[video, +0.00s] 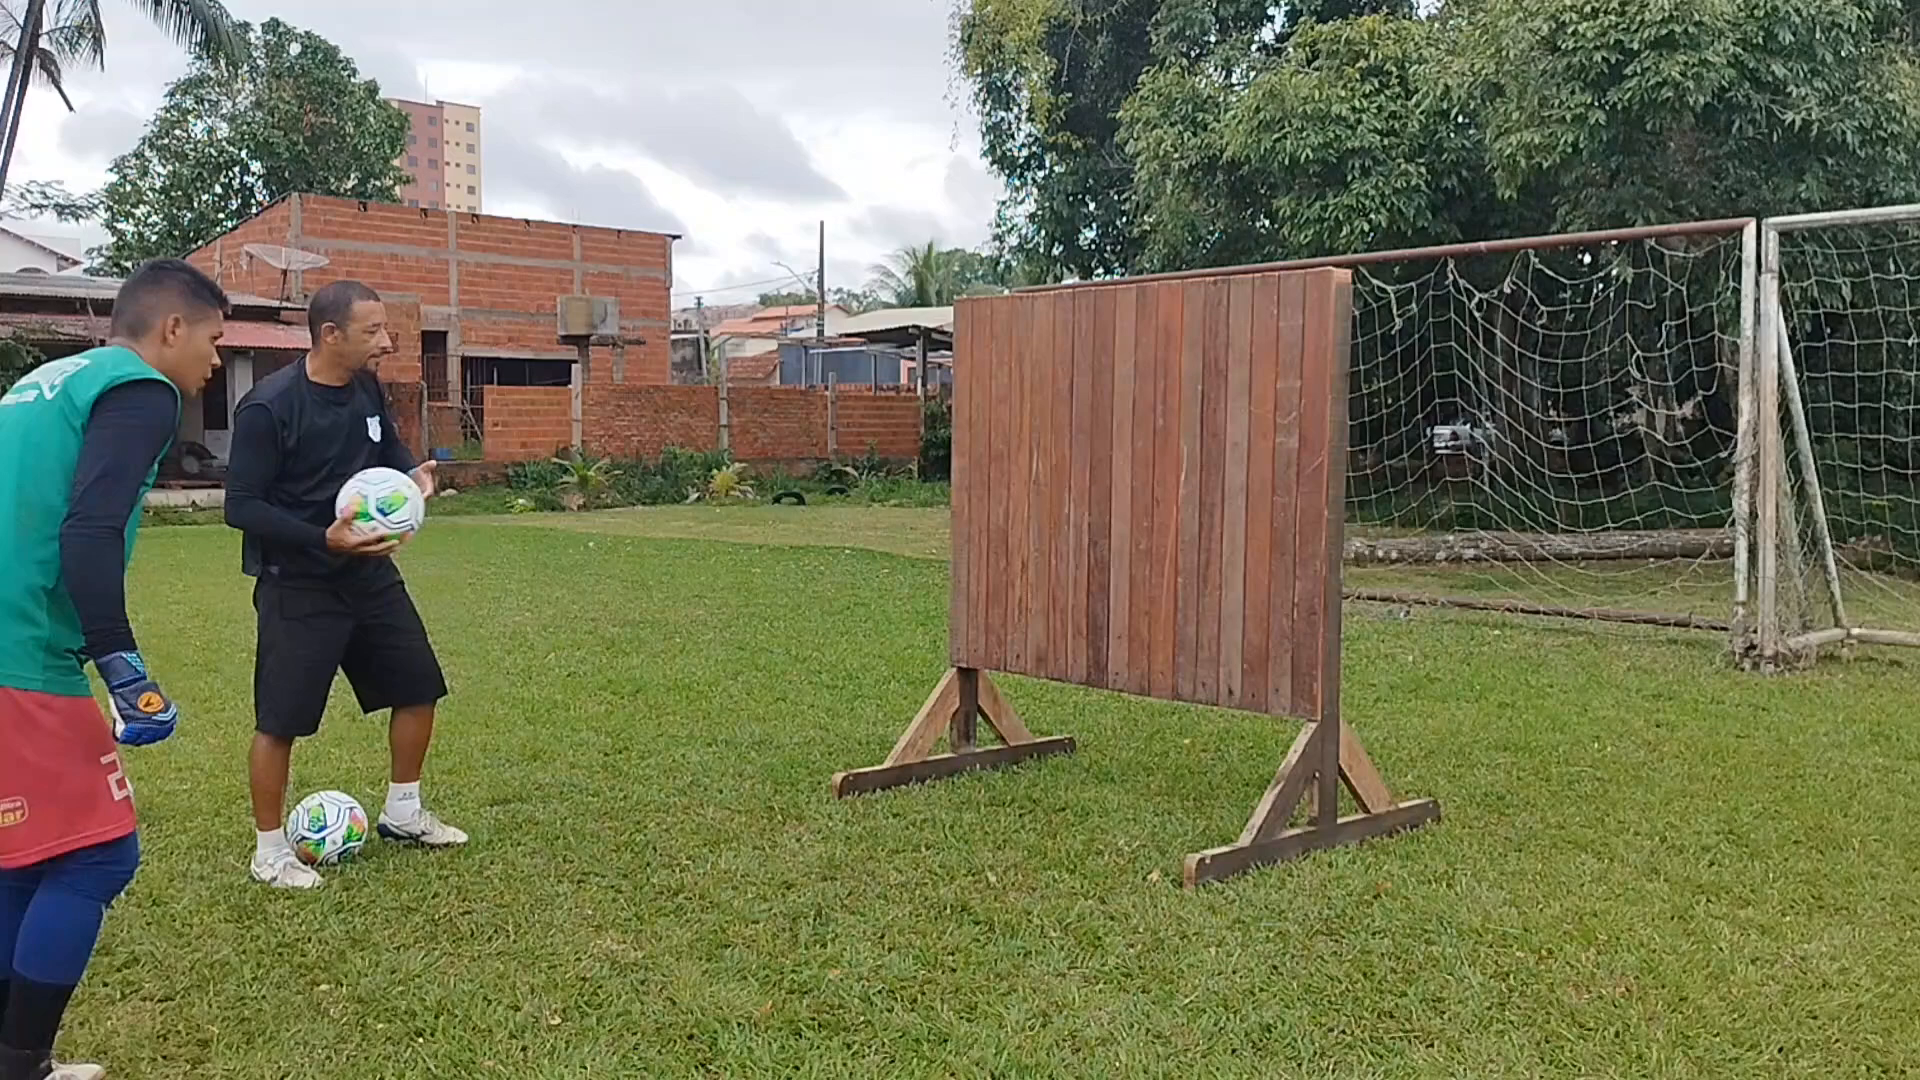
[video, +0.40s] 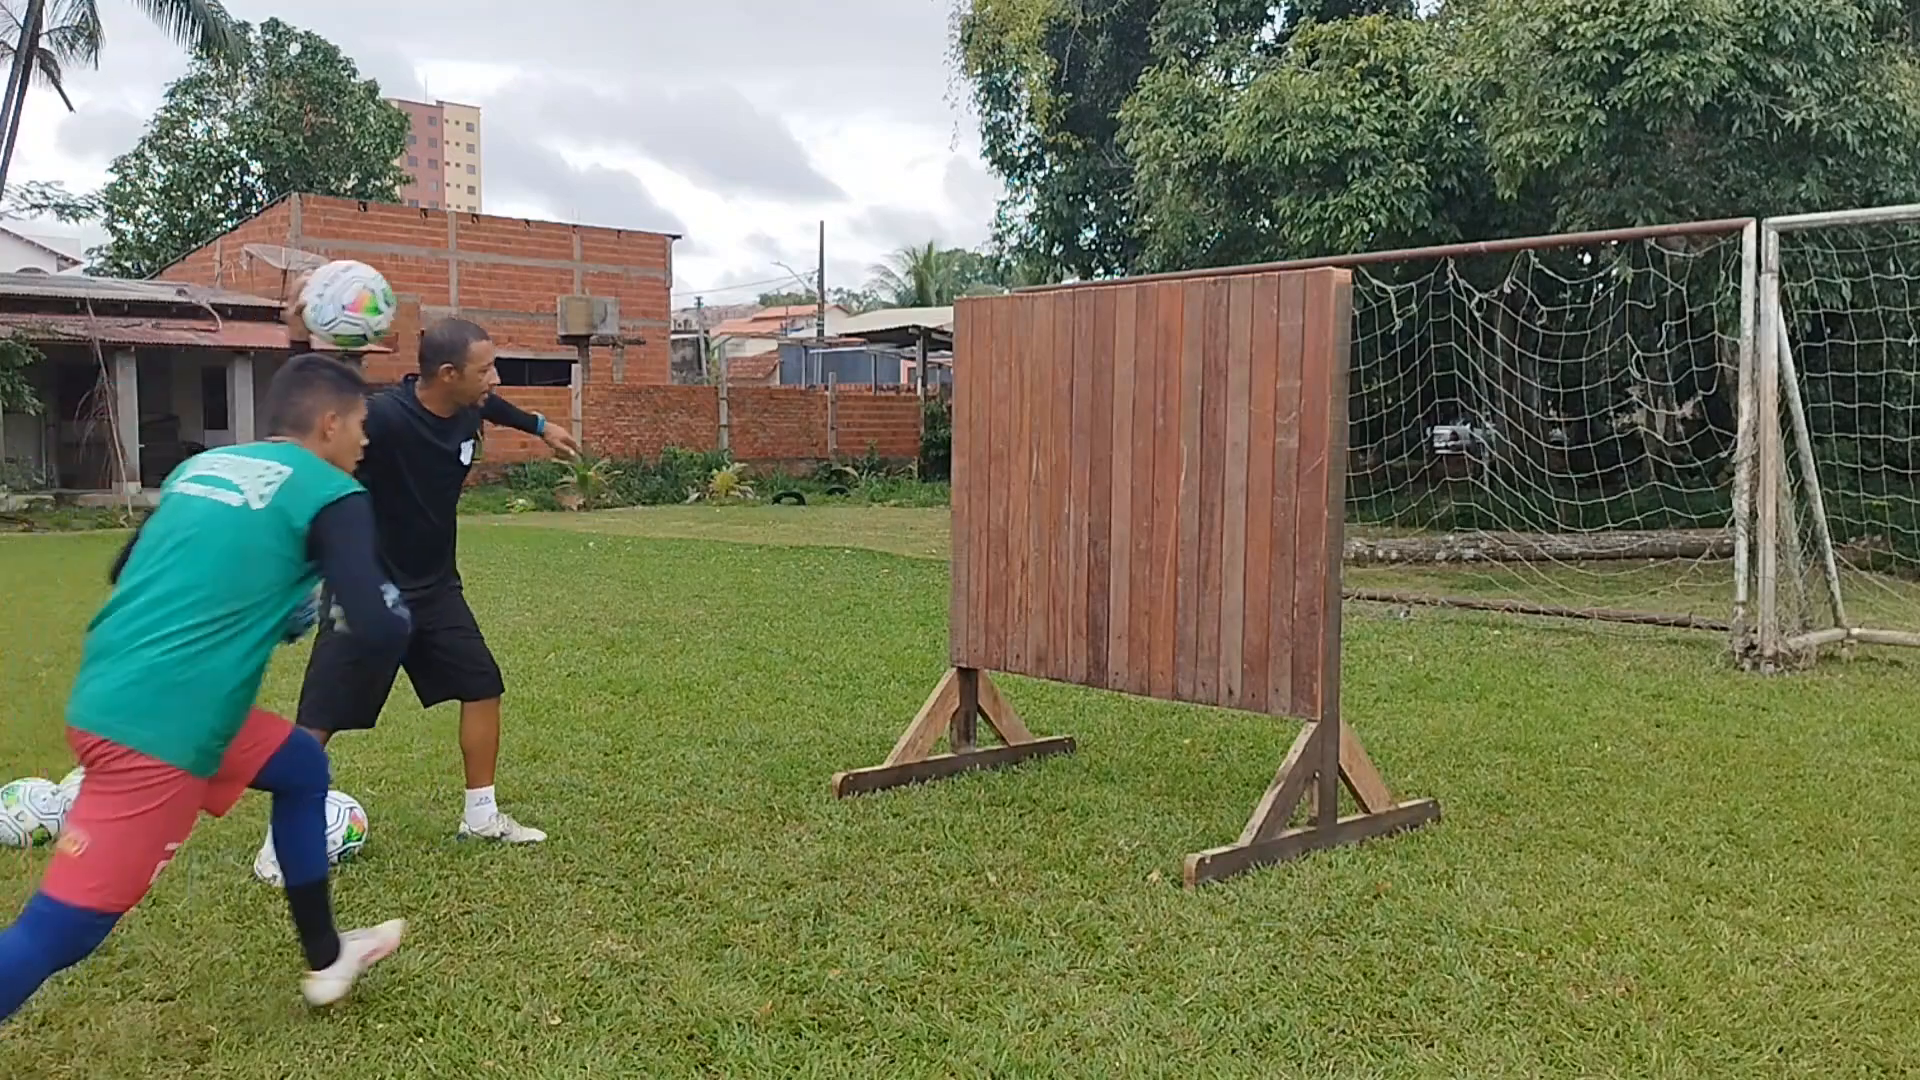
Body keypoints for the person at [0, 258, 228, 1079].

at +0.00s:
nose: (215, 363)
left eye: (218, 345)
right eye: (211, 342)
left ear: (134, 330)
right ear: (171, 328)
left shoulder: (53, 378)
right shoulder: (140, 387)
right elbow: (89, 529)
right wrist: (125, 669)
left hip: (13, 663)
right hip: (28, 665)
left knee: (26, 861)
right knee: (98, 856)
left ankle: (19, 1056)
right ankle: (23, 1063)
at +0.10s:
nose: (240, 375)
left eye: (244, 358)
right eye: (240, 354)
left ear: (156, 339)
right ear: (202, 341)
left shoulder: (78, 386)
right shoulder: (175, 402)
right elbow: (109, 524)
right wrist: (131, 664)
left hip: (12, 651)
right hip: (36, 658)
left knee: (30, 855)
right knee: (110, 856)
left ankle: (4, 1049)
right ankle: (2, 1042)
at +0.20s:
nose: (259, 403)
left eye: (264, 386)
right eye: (258, 383)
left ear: (168, 370)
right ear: (221, 372)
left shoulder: (93, 413)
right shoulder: (210, 439)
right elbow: (142, 549)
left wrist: (254, 459)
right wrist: (174, 697)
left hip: (18, 670)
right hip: (48, 689)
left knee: (128, 844)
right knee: (75, 902)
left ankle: (15, 1049)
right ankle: (11, 1052)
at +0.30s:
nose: (291, 440)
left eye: (292, 423)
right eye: (288, 421)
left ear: (204, 414)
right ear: (251, 416)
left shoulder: (123, 463)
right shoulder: (237, 491)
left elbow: (23, 554)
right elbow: (231, 642)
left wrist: (97, 627)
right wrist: (305, 715)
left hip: (30, 709)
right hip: (91, 733)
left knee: (220, 799)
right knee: (53, 955)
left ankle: (137, 987)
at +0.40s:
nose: (365, 445)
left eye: (365, 430)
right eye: (361, 428)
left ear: (281, 421)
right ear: (326, 424)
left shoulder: (202, 465)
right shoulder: (332, 490)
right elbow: (376, 623)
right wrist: (399, 616)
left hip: (106, 695)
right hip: (162, 720)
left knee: (302, 765)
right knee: (55, 931)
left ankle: (328, 959)